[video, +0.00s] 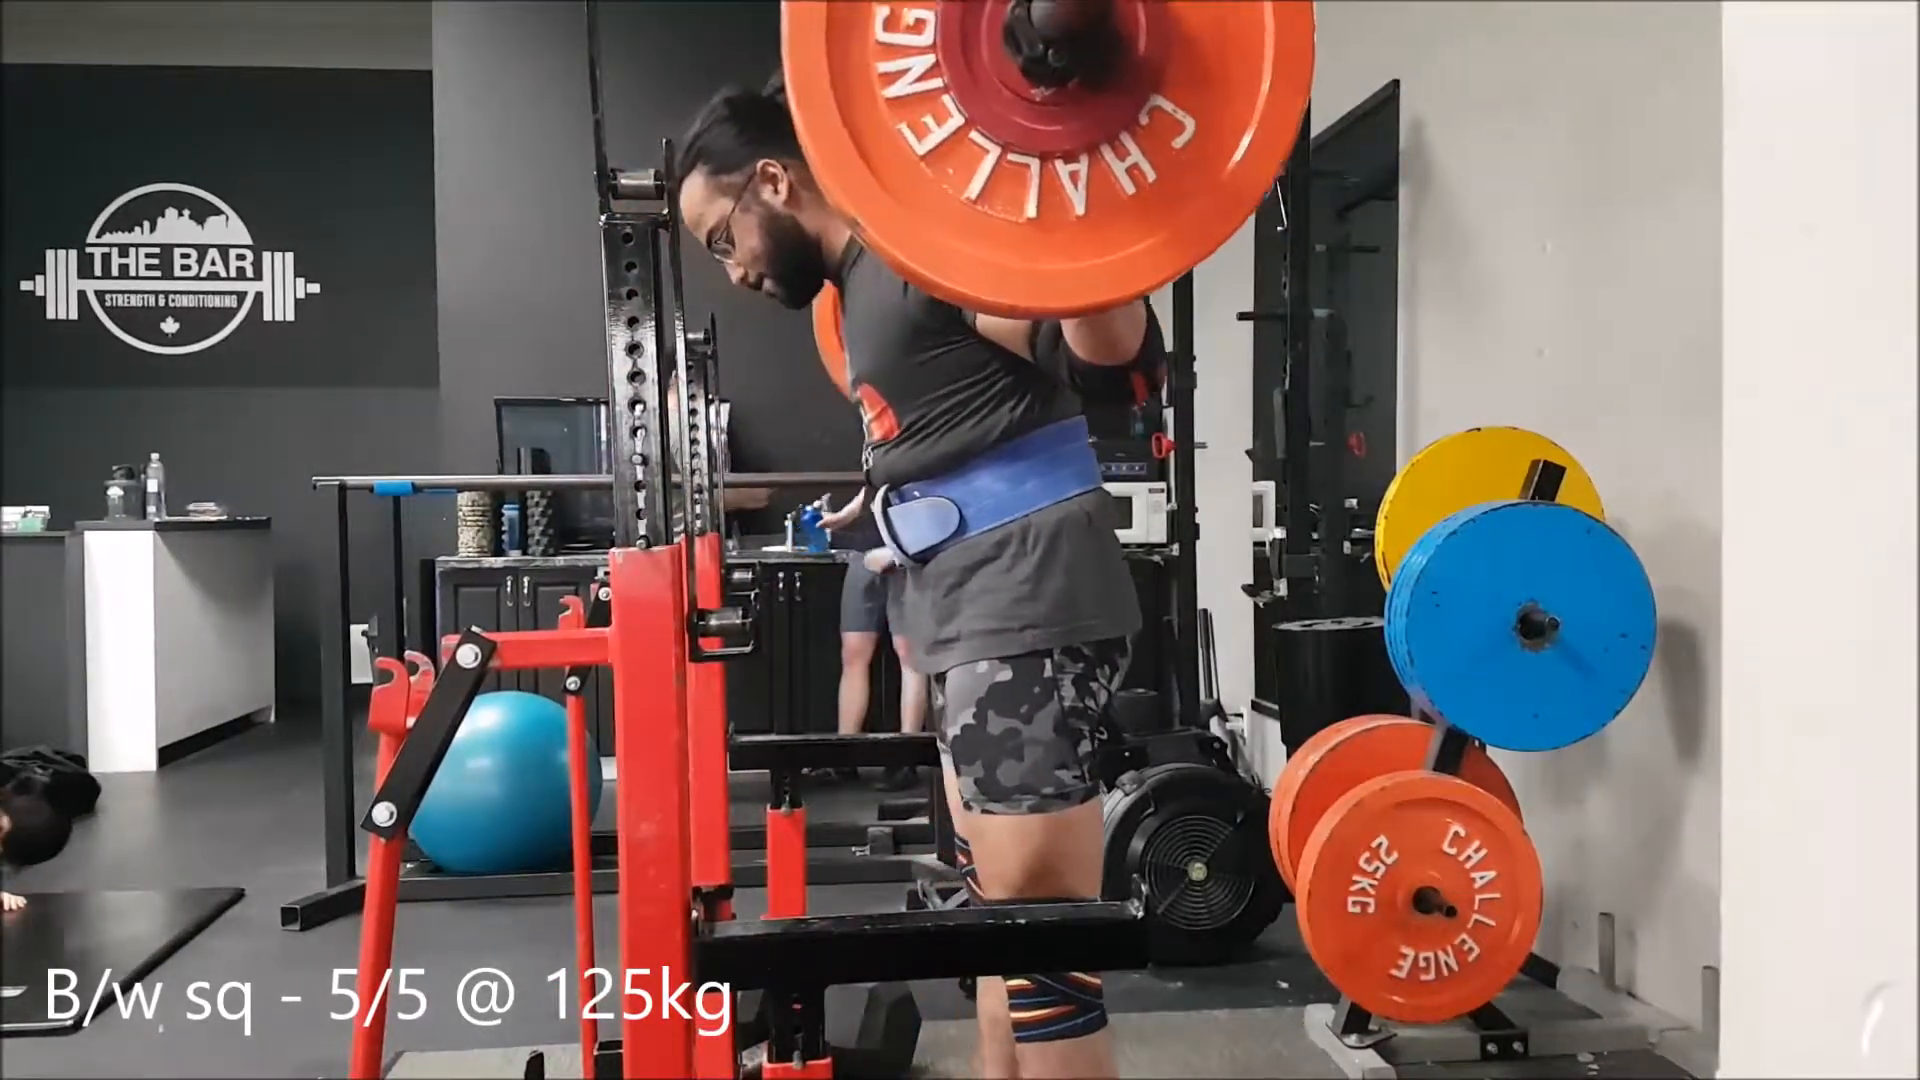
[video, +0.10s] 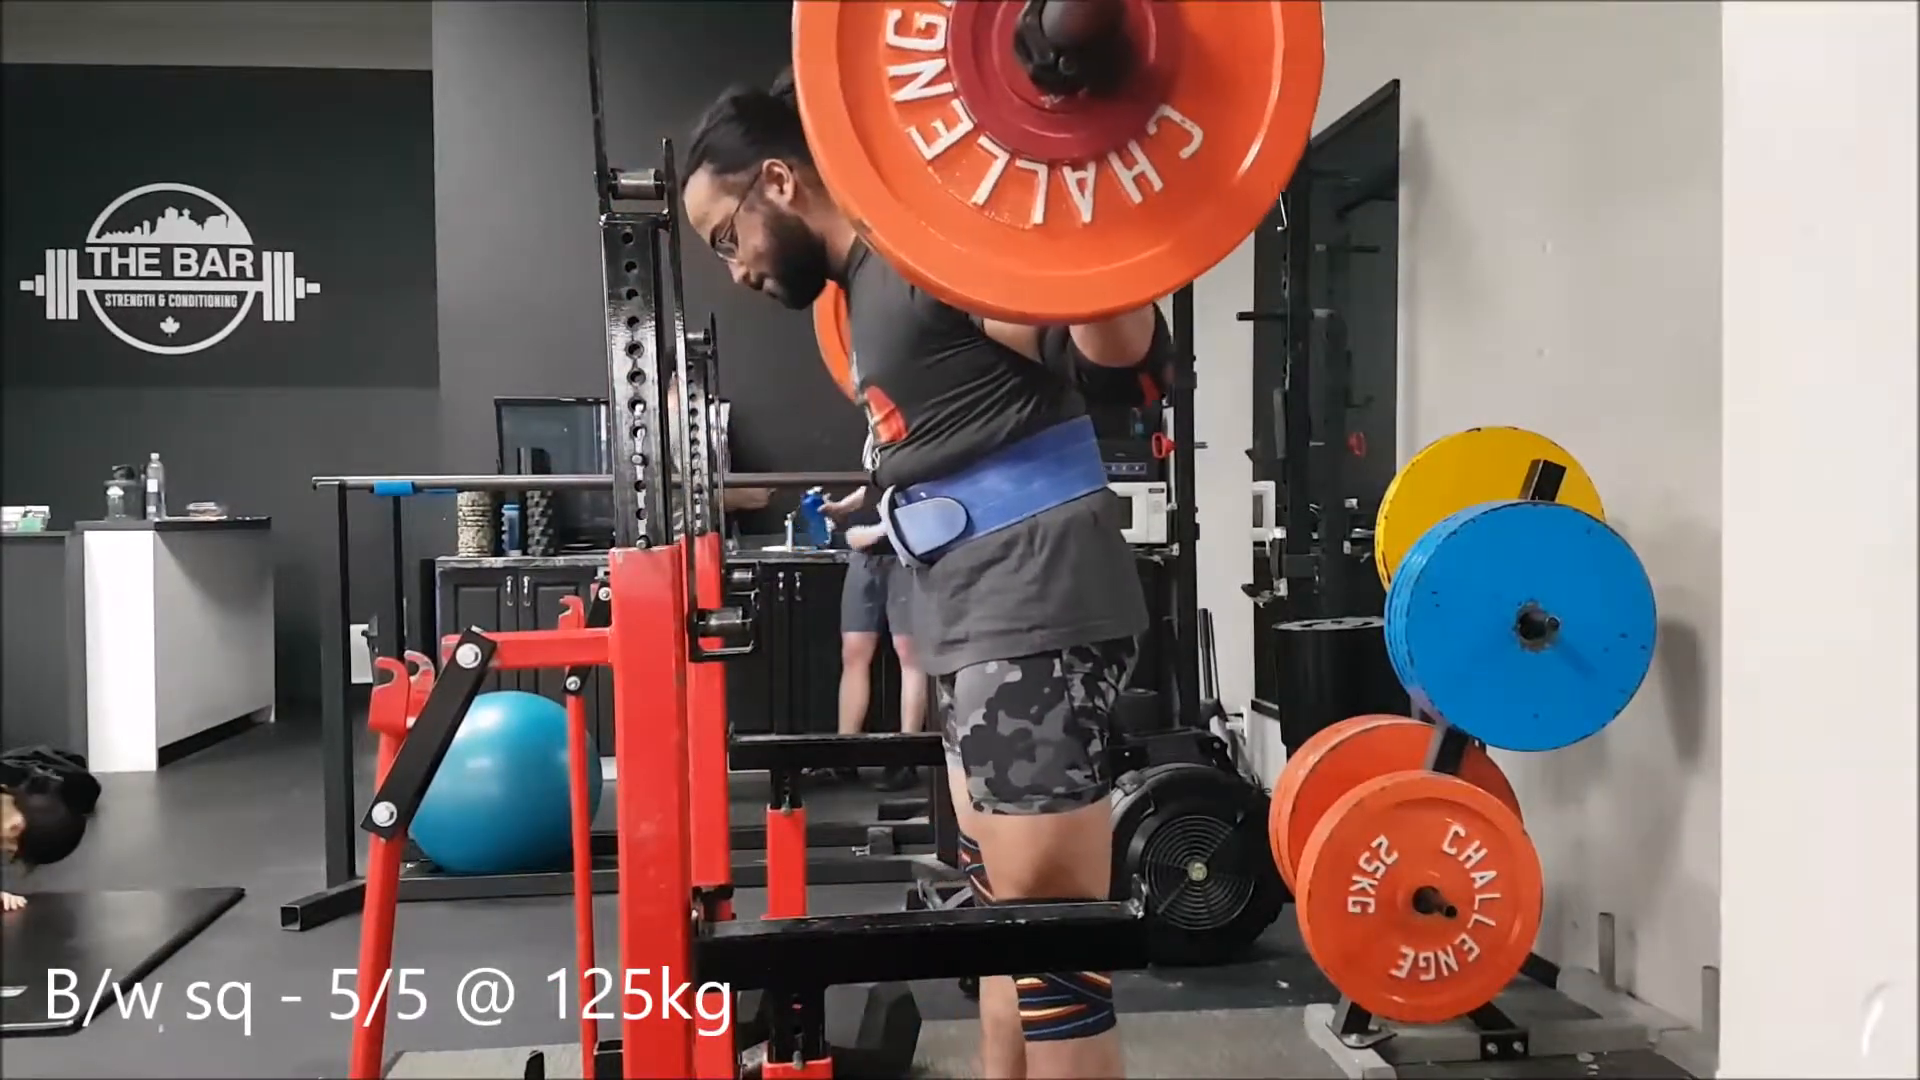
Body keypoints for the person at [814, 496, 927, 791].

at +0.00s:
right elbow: (875, 483)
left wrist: (898, 551)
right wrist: (845, 514)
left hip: (910, 553)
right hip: (865, 550)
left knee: (909, 651)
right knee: (854, 651)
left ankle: (907, 756)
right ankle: (844, 754)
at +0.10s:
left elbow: (928, 501)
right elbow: (879, 483)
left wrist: (877, 531)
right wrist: (845, 506)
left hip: (907, 552)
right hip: (866, 551)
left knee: (908, 649)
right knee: (854, 650)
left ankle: (908, 756)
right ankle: (844, 754)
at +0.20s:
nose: (870, 395)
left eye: (880, 383)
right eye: (870, 388)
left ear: (905, 391)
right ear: (869, 396)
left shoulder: (923, 436)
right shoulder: (877, 432)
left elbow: (917, 501)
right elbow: (880, 485)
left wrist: (862, 515)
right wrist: (852, 493)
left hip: (905, 553)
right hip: (865, 552)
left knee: (908, 651)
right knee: (854, 650)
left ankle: (906, 754)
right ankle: (844, 752)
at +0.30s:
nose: (875, 399)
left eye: (883, 394)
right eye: (873, 394)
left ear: (905, 394)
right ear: (869, 399)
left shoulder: (922, 435)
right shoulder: (873, 436)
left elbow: (913, 494)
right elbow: (878, 489)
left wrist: (857, 502)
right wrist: (850, 497)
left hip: (904, 553)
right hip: (864, 552)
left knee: (907, 650)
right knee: (853, 650)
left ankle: (907, 756)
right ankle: (844, 753)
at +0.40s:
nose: (876, 398)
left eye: (883, 390)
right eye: (873, 391)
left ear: (905, 394)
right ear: (869, 398)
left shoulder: (920, 436)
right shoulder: (871, 435)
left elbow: (910, 496)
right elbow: (876, 490)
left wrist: (854, 500)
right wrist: (844, 498)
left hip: (902, 553)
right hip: (862, 552)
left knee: (906, 650)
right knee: (851, 650)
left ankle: (907, 756)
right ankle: (844, 754)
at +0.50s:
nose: (875, 394)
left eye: (882, 381)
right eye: (871, 382)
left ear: (904, 389)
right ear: (869, 392)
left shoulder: (920, 434)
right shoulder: (871, 431)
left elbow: (913, 497)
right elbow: (870, 488)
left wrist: (856, 503)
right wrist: (839, 497)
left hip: (901, 553)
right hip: (862, 552)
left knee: (905, 649)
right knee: (850, 649)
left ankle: (907, 755)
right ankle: (843, 754)